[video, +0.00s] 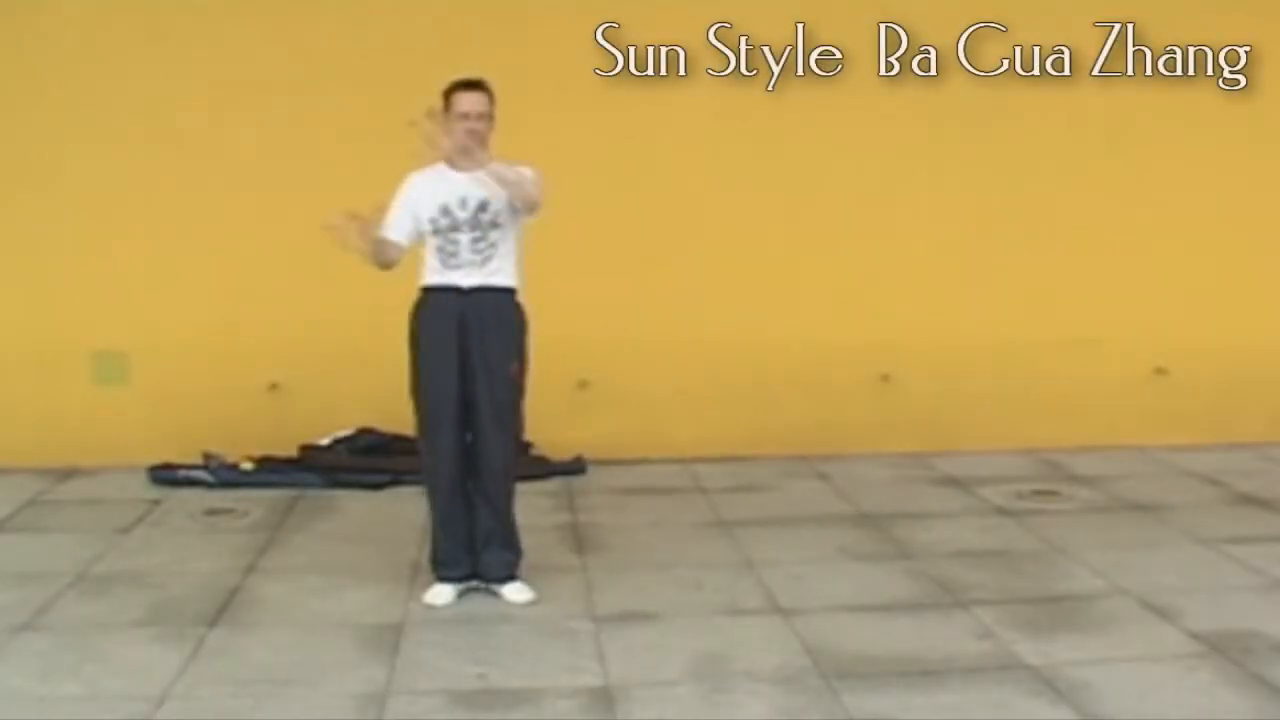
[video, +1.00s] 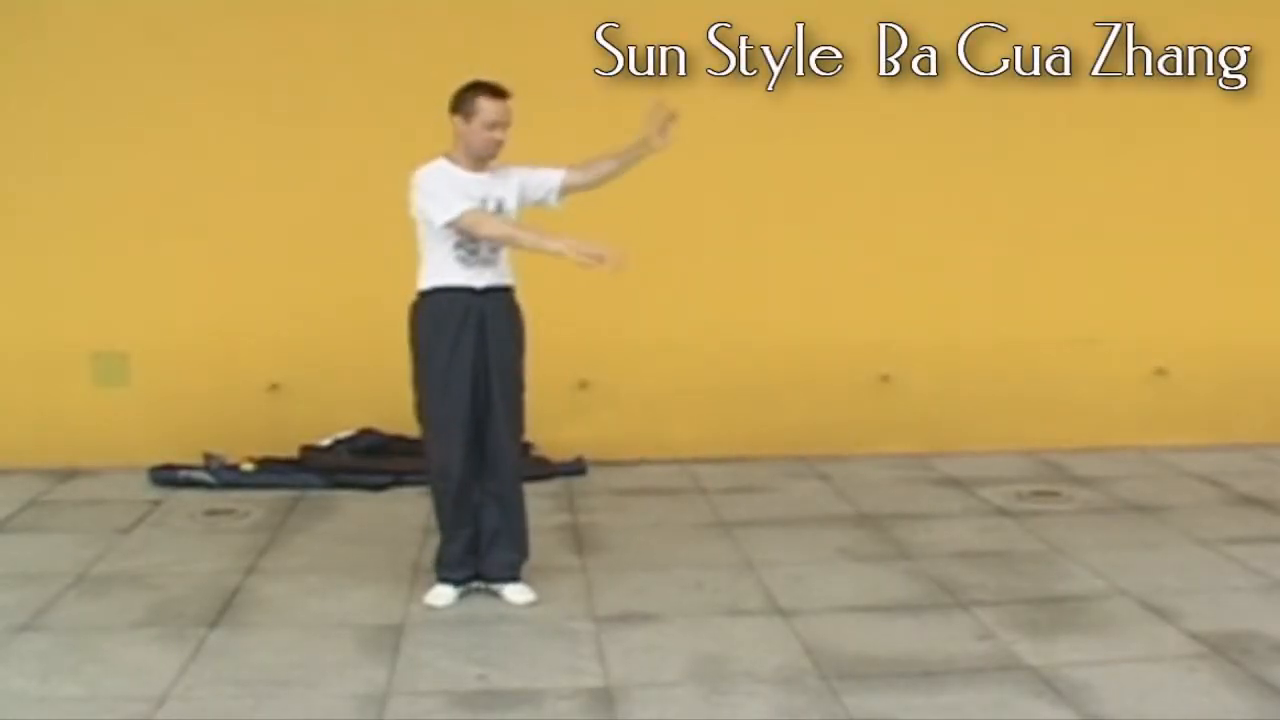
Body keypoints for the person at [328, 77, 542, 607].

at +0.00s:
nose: (473, 127)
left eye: (482, 118)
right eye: (462, 118)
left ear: (493, 124)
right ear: (444, 124)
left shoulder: (511, 177)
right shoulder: (422, 184)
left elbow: (530, 201)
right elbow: (389, 255)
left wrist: (472, 163)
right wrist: (366, 240)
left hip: (496, 312)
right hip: (438, 313)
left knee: (497, 443)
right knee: (442, 445)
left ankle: (500, 568)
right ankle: (451, 570)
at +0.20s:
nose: (489, 127)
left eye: (495, 119)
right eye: (478, 118)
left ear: (501, 125)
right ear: (452, 123)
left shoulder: (510, 181)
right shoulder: (423, 183)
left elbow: (573, 182)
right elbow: (407, 250)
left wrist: (545, 131)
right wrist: (469, 232)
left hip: (498, 310)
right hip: (441, 312)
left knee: (501, 442)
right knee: (446, 443)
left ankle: (502, 567)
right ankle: (453, 568)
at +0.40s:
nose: (504, 129)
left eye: (506, 120)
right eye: (494, 119)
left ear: (502, 126)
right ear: (459, 122)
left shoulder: (507, 180)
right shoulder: (430, 183)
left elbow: (575, 180)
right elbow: (455, 248)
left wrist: (585, 131)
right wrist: (536, 233)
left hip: (500, 312)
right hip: (446, 314)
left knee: (503, 442)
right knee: (450, 443)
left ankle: (502, 567)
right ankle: (454, 569)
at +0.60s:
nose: (511, 130)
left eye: (512, 121)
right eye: (502, 120)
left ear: (499, 126)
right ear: (467, 122)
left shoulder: (506, 181)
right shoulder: (436, 181)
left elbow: (571, 178)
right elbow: (479, 246)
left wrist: (596, 127)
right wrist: (562, 230)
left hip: (499, 312)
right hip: (448, 313)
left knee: (503, 442)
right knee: (454, 444)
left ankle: (502, 568)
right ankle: (454, 569)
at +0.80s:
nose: (510, 131)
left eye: (512, 122)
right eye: (502, 122)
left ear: (487, 126)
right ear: (467, 122)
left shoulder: (507, 180)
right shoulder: (435, 179)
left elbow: (574, 173)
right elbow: (482, 234)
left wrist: (612, 125)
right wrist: (576, 227)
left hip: (499, 313)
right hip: (447, 315)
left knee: (503, 443)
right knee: (453, 445)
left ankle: (503, 568)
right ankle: (455, 570)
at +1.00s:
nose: (499, 138)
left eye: (504, 128)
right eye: (490, 127)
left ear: (505, 130)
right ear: (459, 124)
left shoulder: (508, 181)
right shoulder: (432, 179)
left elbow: (577, 178)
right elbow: (479, 228)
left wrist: (644, 146)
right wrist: (565, 246)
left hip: (499, 316)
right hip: (444, 317)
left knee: (501, 443)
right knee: (449, 445)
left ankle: (503, 568)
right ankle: (454, 570)